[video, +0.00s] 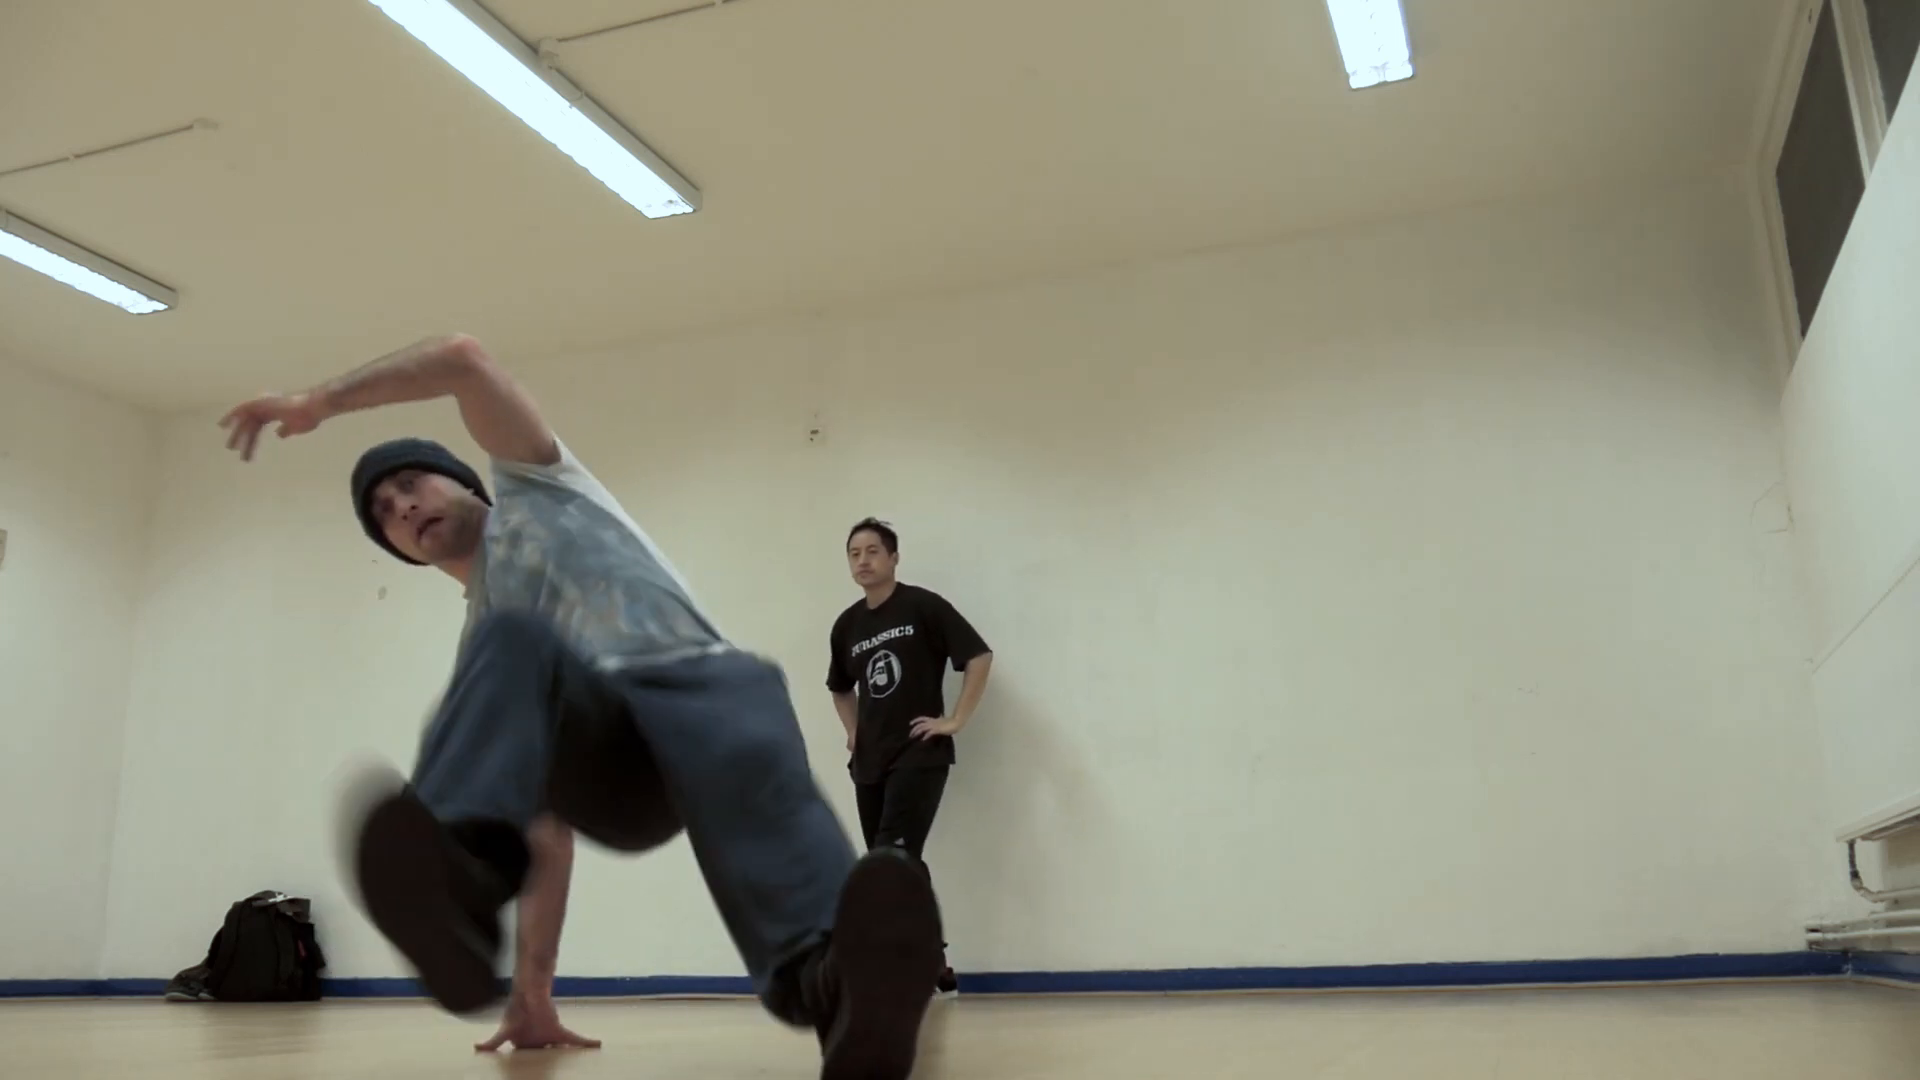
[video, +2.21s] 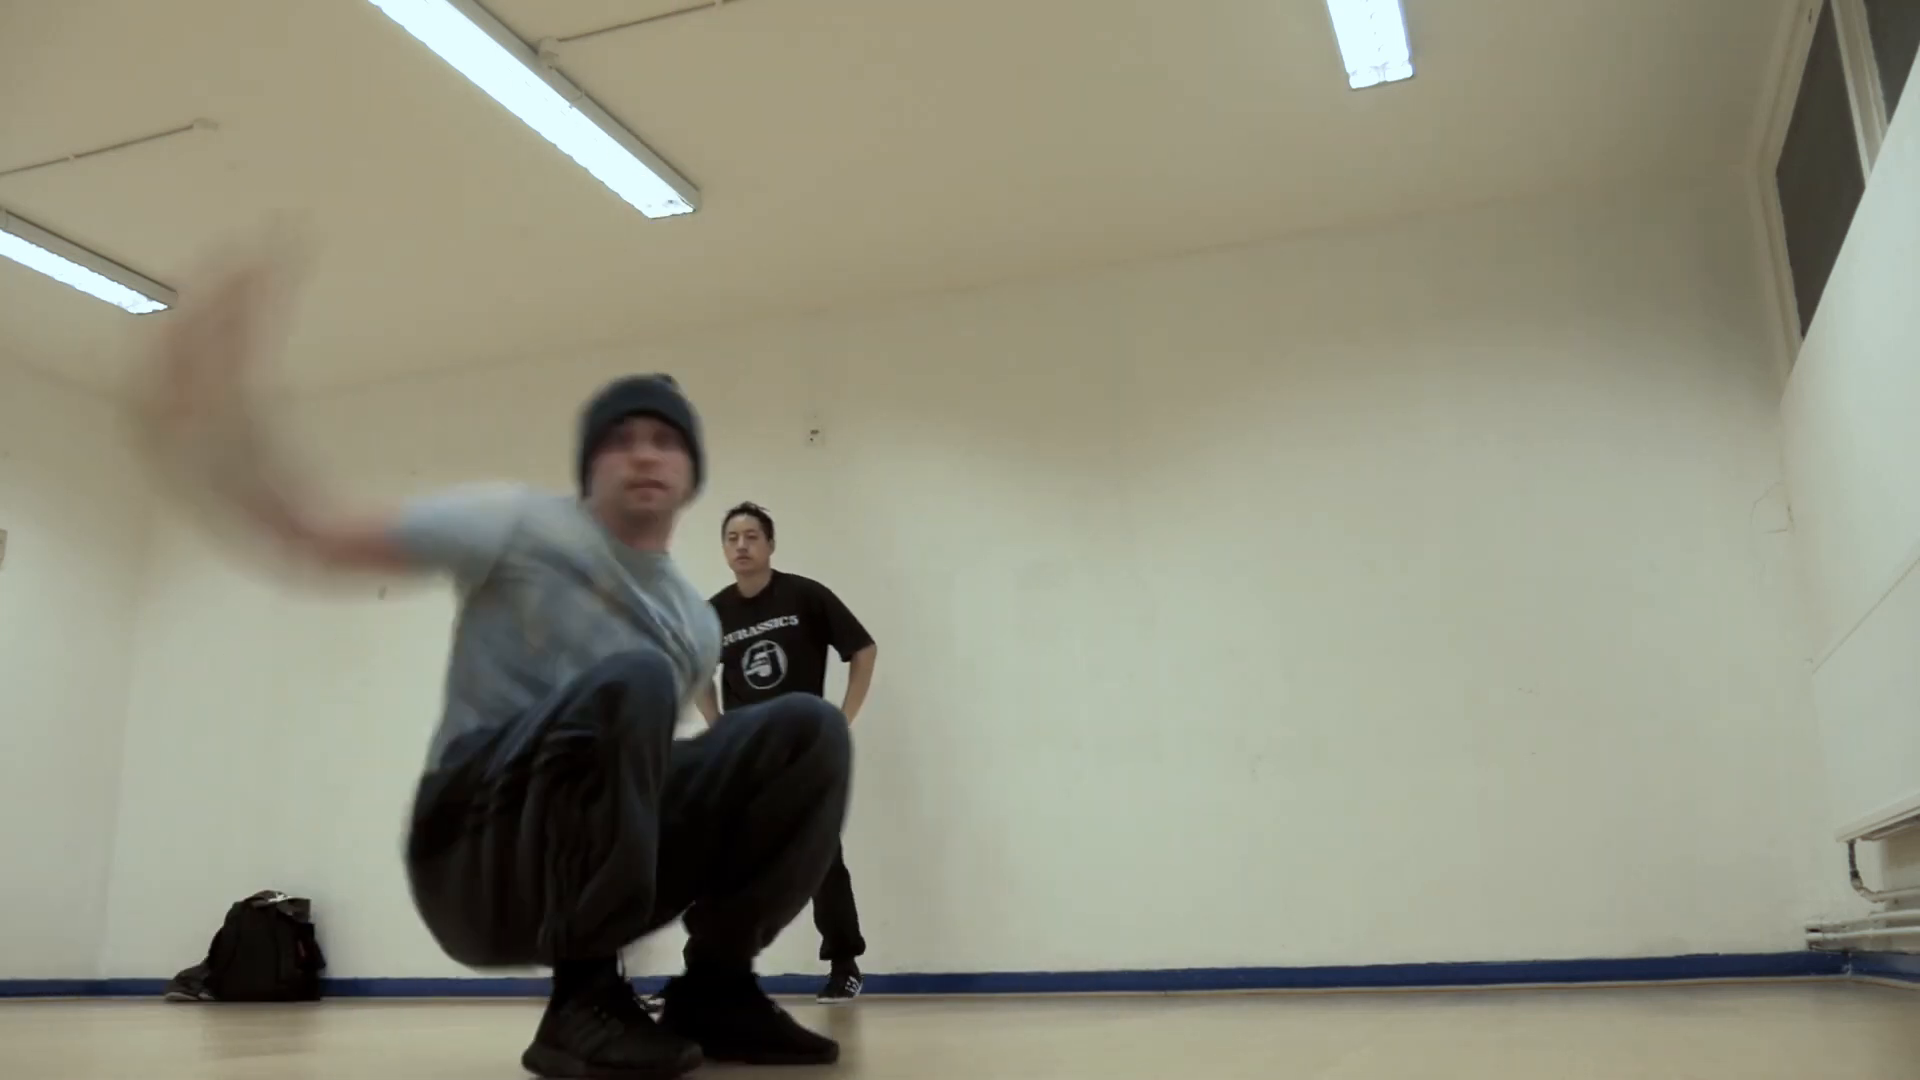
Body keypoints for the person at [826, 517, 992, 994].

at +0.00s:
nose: (863, 560)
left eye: (872, 551)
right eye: (855, 553)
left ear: (893, 557)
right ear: (848, 563)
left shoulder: (924, 606)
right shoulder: (847, 626)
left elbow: (979, 657)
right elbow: (841, 687)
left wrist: (955, 722)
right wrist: (854, 734)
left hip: (920, 750)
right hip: (870, 758)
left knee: (897, 855)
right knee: (884, 861)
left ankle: (923, 966)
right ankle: (930, 964)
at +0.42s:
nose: (826, 548)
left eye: (837, 540)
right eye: (819, 540)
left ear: (858, 548)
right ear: (813, 549)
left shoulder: (880, 599)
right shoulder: (810, 612)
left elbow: (930, 655)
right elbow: (807, 680)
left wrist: (899, 715)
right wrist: (816, 727)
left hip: (869, 746)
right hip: (822, 749)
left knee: (854, 859)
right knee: (828, 867)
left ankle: (847, 972)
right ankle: (907, 946)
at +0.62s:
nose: (803, 544)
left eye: (813, 536)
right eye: (796, 537)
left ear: (835, 542)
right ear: (790, 545)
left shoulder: (856, 592)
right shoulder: (790, 603)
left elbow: (906, 648)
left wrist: (878, 712)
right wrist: (801, 713)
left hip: (847, 744)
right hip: (799, 745)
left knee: (843, 855)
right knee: (771, 851)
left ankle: (845, 972)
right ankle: (829, 940)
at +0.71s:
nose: (790, 544)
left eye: (800, 535)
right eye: (783, 535)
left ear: (823, 542)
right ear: (777, 545)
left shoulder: (845, 591)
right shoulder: (779, 607)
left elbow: (895, 646)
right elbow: (795, 672)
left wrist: (869, 713)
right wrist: (793, 720)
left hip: (840, 746)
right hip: (790, 747)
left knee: (839, 855)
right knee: (756, 849)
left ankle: (846, 973)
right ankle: (784, 961)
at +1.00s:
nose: (735, 542)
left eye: (745, 533)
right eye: (728, 534)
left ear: (767, 540)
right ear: (719, 544)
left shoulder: (793, 588)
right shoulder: (720, 609)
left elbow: (849, 643)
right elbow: (725, 676)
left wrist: (827, 712)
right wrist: (729, 724)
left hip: (794, 753)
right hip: (737, 755)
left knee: (814, 859)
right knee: (721, 860)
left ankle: (841, 969)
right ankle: (708, 973)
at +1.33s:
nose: (679, 537)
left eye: (689, 528)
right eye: (671, 530)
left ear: (710, 536)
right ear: (662, 542)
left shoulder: (747, 582)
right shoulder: (662, 608)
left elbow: (807, 634)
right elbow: (662, 675)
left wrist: (792, 704)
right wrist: (679, 728)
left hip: (754, 743)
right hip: (698, 749)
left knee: (756, 849)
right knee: (699, 849)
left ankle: (781, 950)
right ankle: (706, 969)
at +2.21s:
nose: (741, 545)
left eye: (751, 536)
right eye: (733, 538)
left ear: (770, 545)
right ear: (724, 549)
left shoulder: (806, 596)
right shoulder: (712, 613)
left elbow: (862, 650)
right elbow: (697, 672)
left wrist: (842, 722)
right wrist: (718, 730)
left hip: (804, 747)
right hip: (741, 752)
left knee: (821, 850)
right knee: (735, 854)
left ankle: (842, 962)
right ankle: (723, 973)